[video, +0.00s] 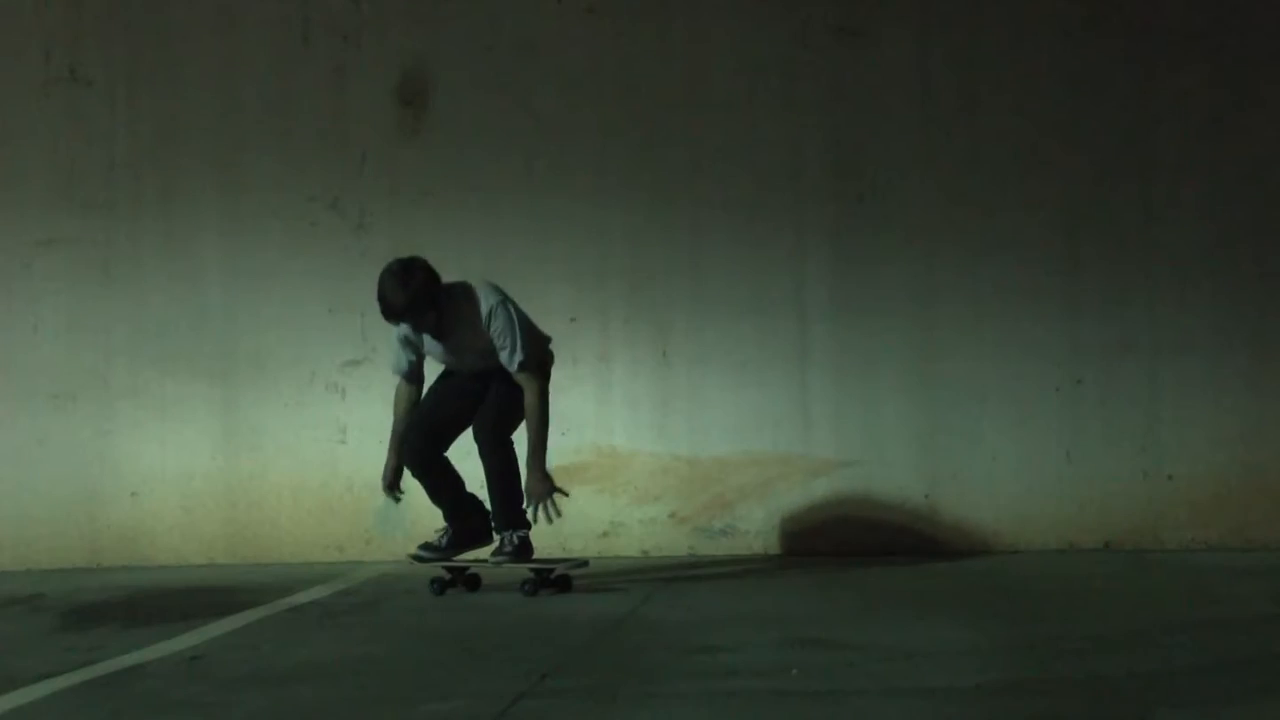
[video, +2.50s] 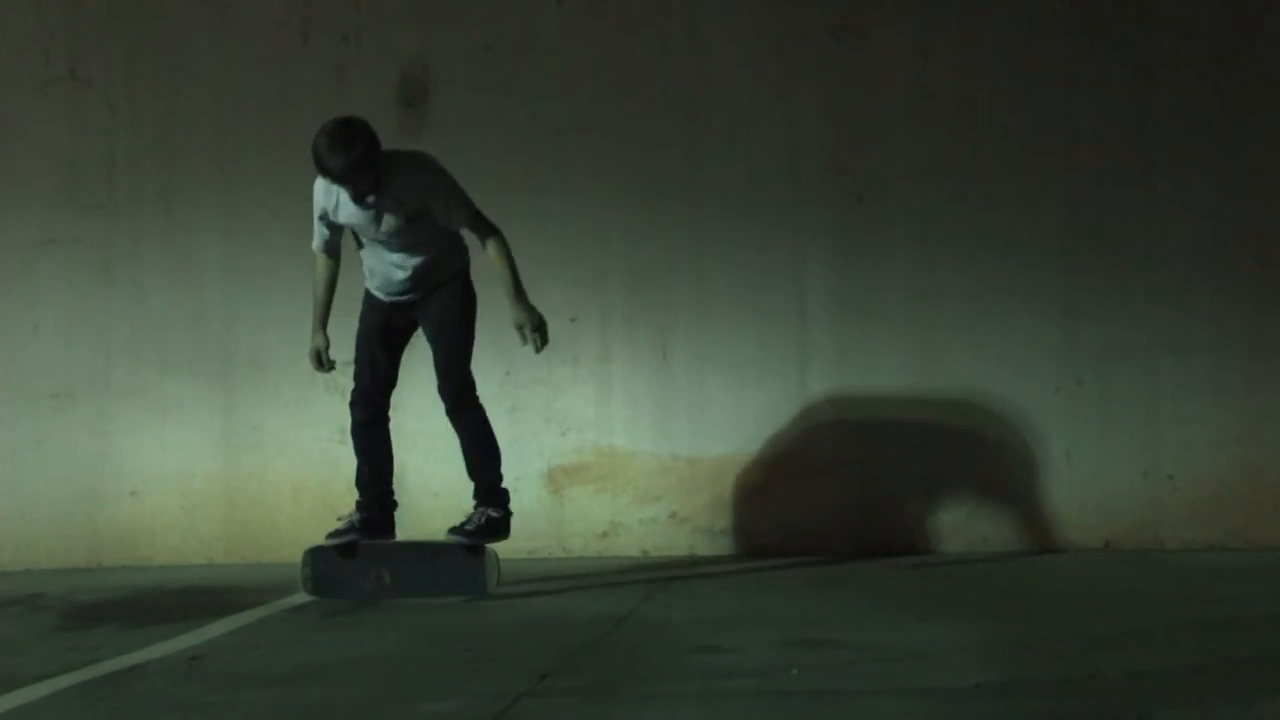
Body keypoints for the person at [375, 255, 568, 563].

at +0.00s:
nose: (414, 328)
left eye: (417, 318)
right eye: (406, 322)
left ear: (433, 302)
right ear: (399, 316)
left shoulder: (489, 305)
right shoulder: (408, 325)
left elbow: (532, 382)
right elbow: (408, 386)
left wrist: (537, 470)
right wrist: (393, 457)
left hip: (519, 369)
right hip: (466, 373)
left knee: (490, 431)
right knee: (415, 445)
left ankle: (513, 532)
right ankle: (469, 525)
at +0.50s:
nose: (389, 165)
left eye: (389, 153)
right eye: (379, 160)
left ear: (403, 129)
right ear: (375, 154)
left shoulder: (453, 113)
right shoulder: (390, 184)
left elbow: (536, 104)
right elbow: (421, 261)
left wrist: (624, 91)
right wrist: (442, 345)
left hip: (520, 221)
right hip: (466, 241)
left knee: (482, 226)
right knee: (414, 339)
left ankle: (479, 345)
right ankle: (441, 443)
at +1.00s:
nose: (364, 251)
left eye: (361, 239)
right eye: (356, 246)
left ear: (374, 218)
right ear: (358, 242)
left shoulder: (420, 179)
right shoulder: (393, 260)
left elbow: (497, 134)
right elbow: (457, 296)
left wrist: (583, 96)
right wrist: (534, 342)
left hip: (522, 247)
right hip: (471, 274)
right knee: (397, 335)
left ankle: (493, 426)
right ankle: (424, 451)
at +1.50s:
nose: (366, 362)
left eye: (365, 352)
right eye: (360, 356)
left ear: (381, 330)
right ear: (362, 342)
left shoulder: (447, 302)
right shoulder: (373, 337)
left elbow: (531, 280)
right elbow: (386, 417)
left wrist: (608, 308)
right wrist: (415, 497)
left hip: (517, 336)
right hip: (459, 352)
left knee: (466, 392)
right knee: (391, 397)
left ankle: (498, 511)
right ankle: (432, 506)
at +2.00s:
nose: (330, 245)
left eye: (330, 237)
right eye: (325, 240)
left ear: (349, 219)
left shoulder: (411, 199)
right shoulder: (341, 235)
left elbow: (495, 229)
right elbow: (348, 281)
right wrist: (341, 355)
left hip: (468, 288)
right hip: (412, 296)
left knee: (477, 396)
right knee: (384, 399)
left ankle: (488, 505)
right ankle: (370, 513)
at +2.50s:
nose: (360, 194)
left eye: (364, 183)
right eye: (348, 187)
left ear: (377, 163)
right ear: (333, 178)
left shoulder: (419, 175)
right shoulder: (327, 189)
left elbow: (487, 234)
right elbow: (326, 253)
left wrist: (520, 303)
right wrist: (318, 329)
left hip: (443, 289)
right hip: (383, 295)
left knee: (456, 394)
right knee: (366, 403)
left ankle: (492, 507)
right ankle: (374, 514)